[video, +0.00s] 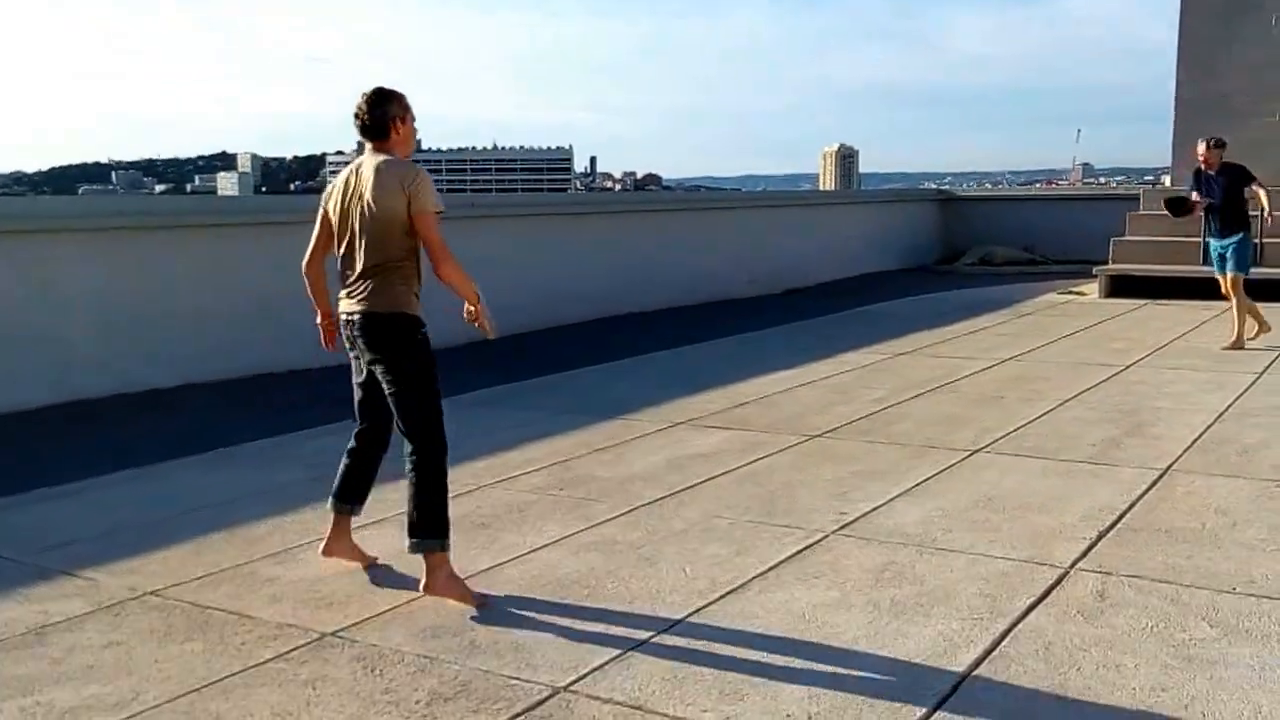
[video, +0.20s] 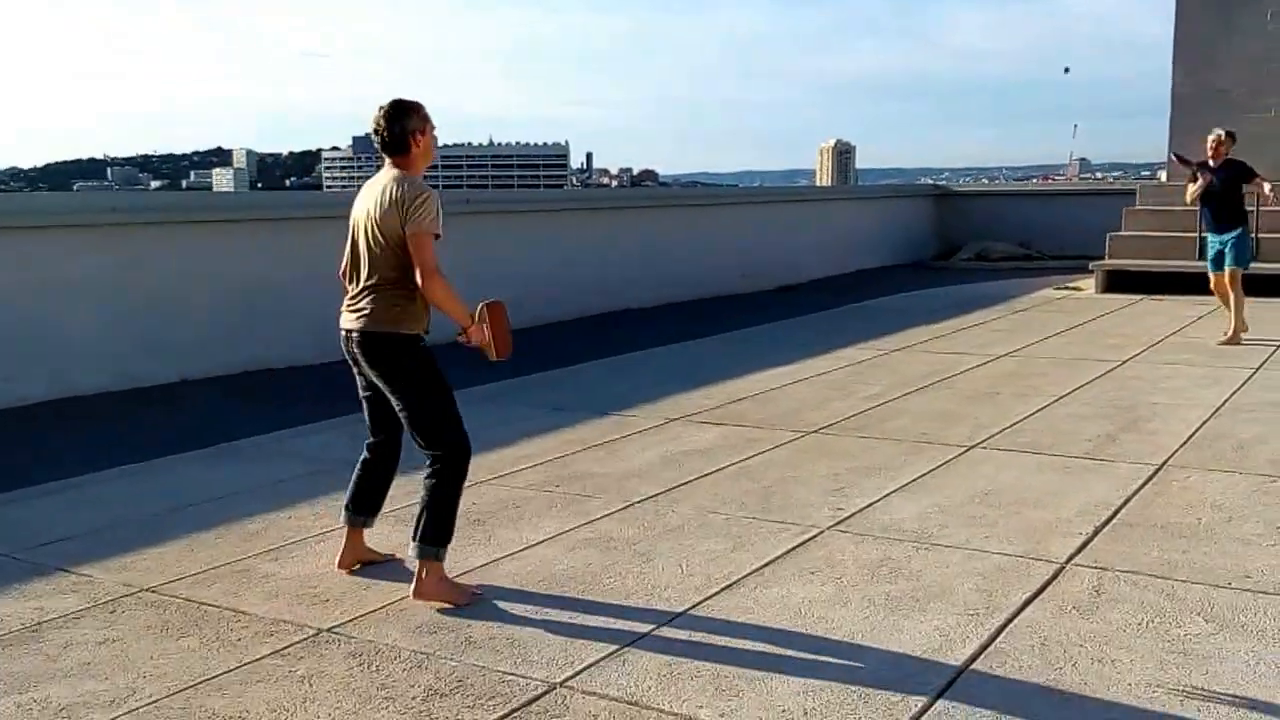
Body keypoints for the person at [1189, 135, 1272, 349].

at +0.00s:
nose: (1202, 161)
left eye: (1206, 157)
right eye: (1200, 157)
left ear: (1218, 155)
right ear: (1198, 156)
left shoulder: (1235, 171)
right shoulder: (1199, 174)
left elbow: (1260, 189)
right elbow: (1195, 204)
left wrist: (1267, 210)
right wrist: (1196, 205)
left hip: (1237, 235)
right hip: (1215, 237)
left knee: (1234, 285)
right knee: (1226, 289)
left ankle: (1238, 337)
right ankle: (1261, 322)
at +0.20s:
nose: (1214, 148)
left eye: (1219, 145)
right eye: (1212, 143)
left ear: (1227, 148)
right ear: (1207, 145)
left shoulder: (1236, 167)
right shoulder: (1200, 169)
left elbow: (1260, 183)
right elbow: (1189, 199)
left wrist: (1267, 189)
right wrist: (1201, 184)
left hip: (1235, 230)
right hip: (1213, 232)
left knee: (1232, 278)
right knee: (1216, 284)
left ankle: (1235, 330)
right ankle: (1239, 320)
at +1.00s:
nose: (1202, 124)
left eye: (1207, 120)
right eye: (1200, 119)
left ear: (1217, 124)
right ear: (1195, 123)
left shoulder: (1227, 145)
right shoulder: (1194, 149)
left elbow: (1241, 179)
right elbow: (1191, 179)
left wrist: (1233, 206)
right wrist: (1174, 204)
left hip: (1221, 211)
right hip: (1198, 211)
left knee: (1230, 257)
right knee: (1183, 254)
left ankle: (1248, 304)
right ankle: (1182, 301)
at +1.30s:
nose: (1179, 152)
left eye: (1183, 147)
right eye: (1178, 148)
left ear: (1195, 149)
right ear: (1177, 151)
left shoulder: (1206, 167)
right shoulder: (1189, 175)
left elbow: (1222, 184)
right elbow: (1180, 201)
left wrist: (1211, 201)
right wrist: (1154, 203)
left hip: (1221, 228)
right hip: (1201, 229)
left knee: (1222, 271)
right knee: (1170, 262)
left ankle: (1256, 309)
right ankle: (1165, 303)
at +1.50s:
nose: (1164, 161)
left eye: (1168, 156)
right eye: (1162, 158)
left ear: (1180, 157)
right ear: (1163, 160)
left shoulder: (1196, 173)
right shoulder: (1174, 183)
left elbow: (1221, 184)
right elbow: (1165, 210)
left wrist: (1223, 201)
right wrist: (1140, 214)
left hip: (1217, 229)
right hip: (1195, 231)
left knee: (1222, 268)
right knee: (1161, 259)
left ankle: (1257, 307)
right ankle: (1165, 302)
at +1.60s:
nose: (1160, 161)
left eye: (1163, 156)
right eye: (1159, 157)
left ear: (1175, 155)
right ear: (1160, 160)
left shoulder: (1197, 170)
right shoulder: (1168, 184)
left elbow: (1224, 183)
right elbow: (1160, 210)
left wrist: (1228, 200)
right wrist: (1134, 213)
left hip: (1215, 225)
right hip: (1191, 226)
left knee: (1224, 266)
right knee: (1158, 259)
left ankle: (1256, 306)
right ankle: (1166, 301)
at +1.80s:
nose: (1164, 139)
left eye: (1168, 135)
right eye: (1162, 135)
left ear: (1178, 138)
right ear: (1160, 139)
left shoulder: (1193, 154)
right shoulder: (1159, 163)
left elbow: (1221, 164)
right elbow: (1161, 184)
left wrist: (1231, 165)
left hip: (1204, 215)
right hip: (1179, 218)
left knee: (1219, 255)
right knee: (1155, 258)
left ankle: (1243, 298)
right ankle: (1165, 298)